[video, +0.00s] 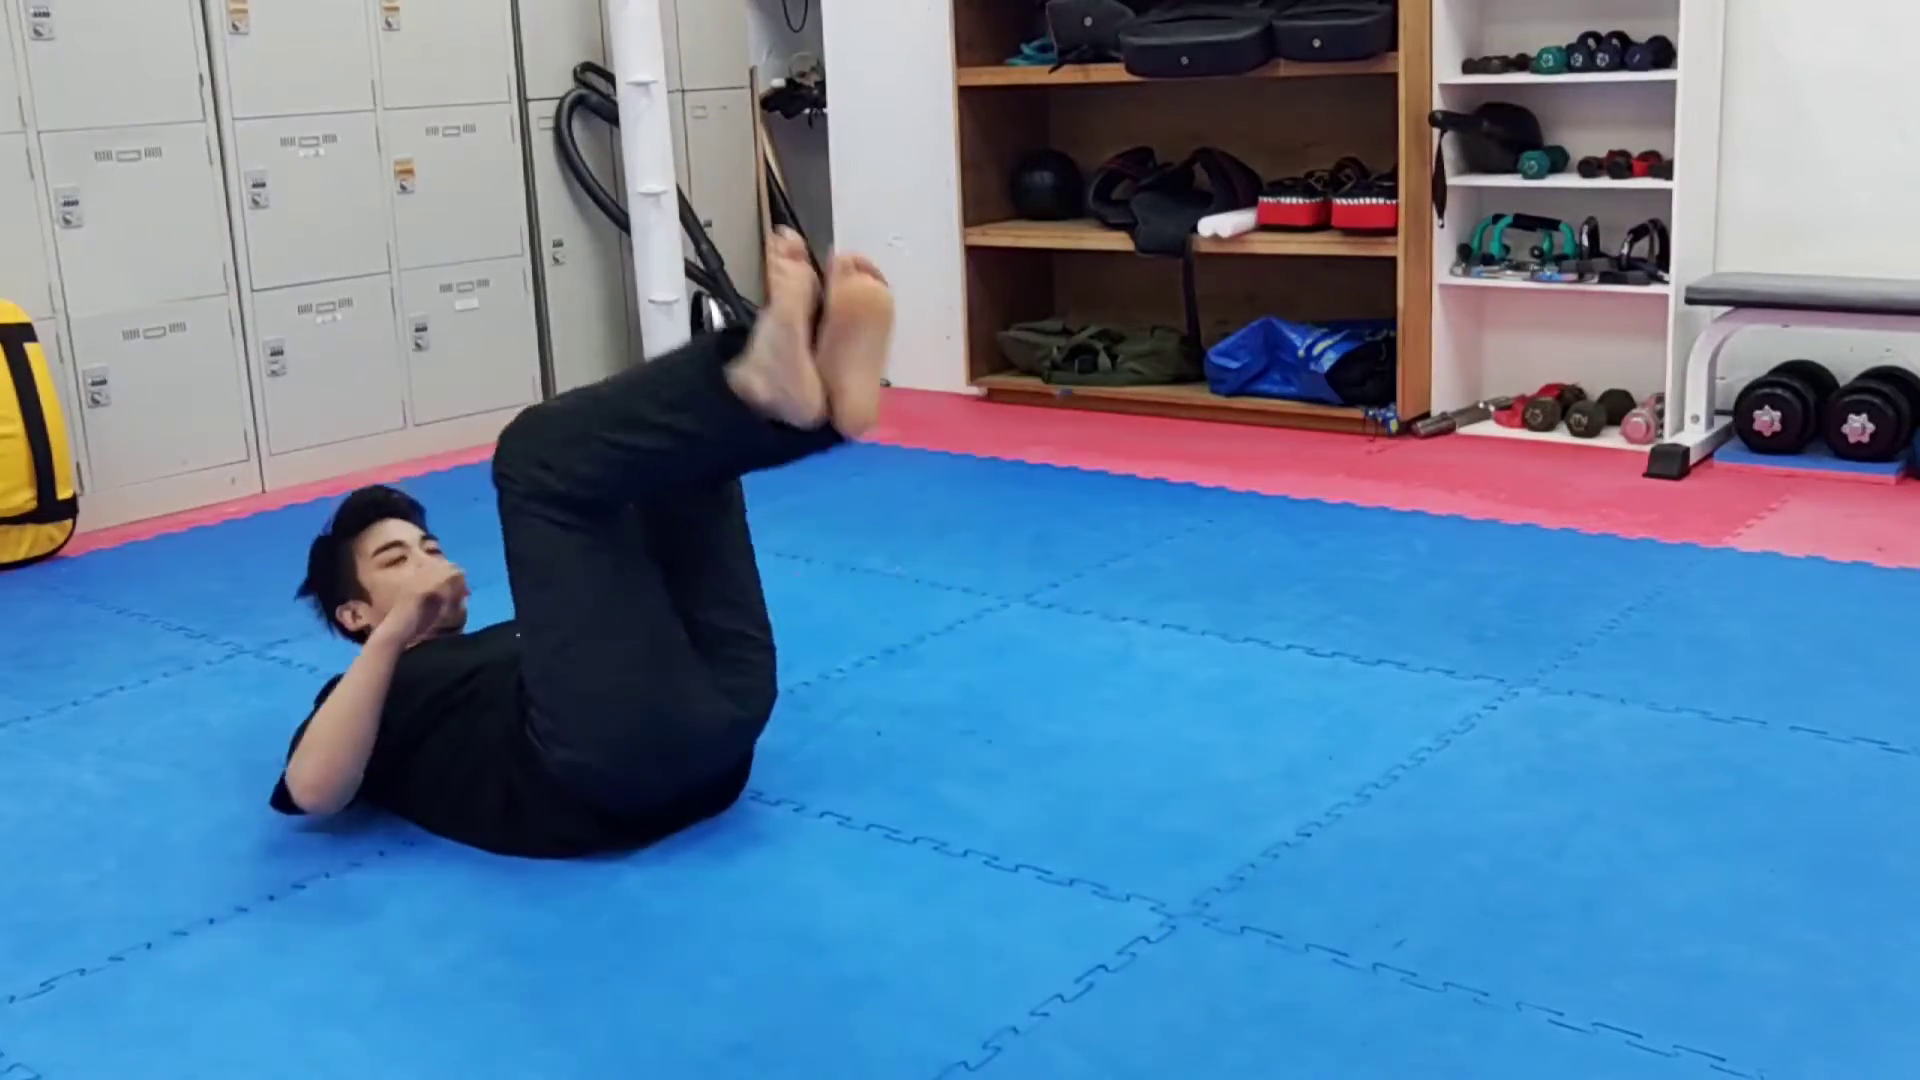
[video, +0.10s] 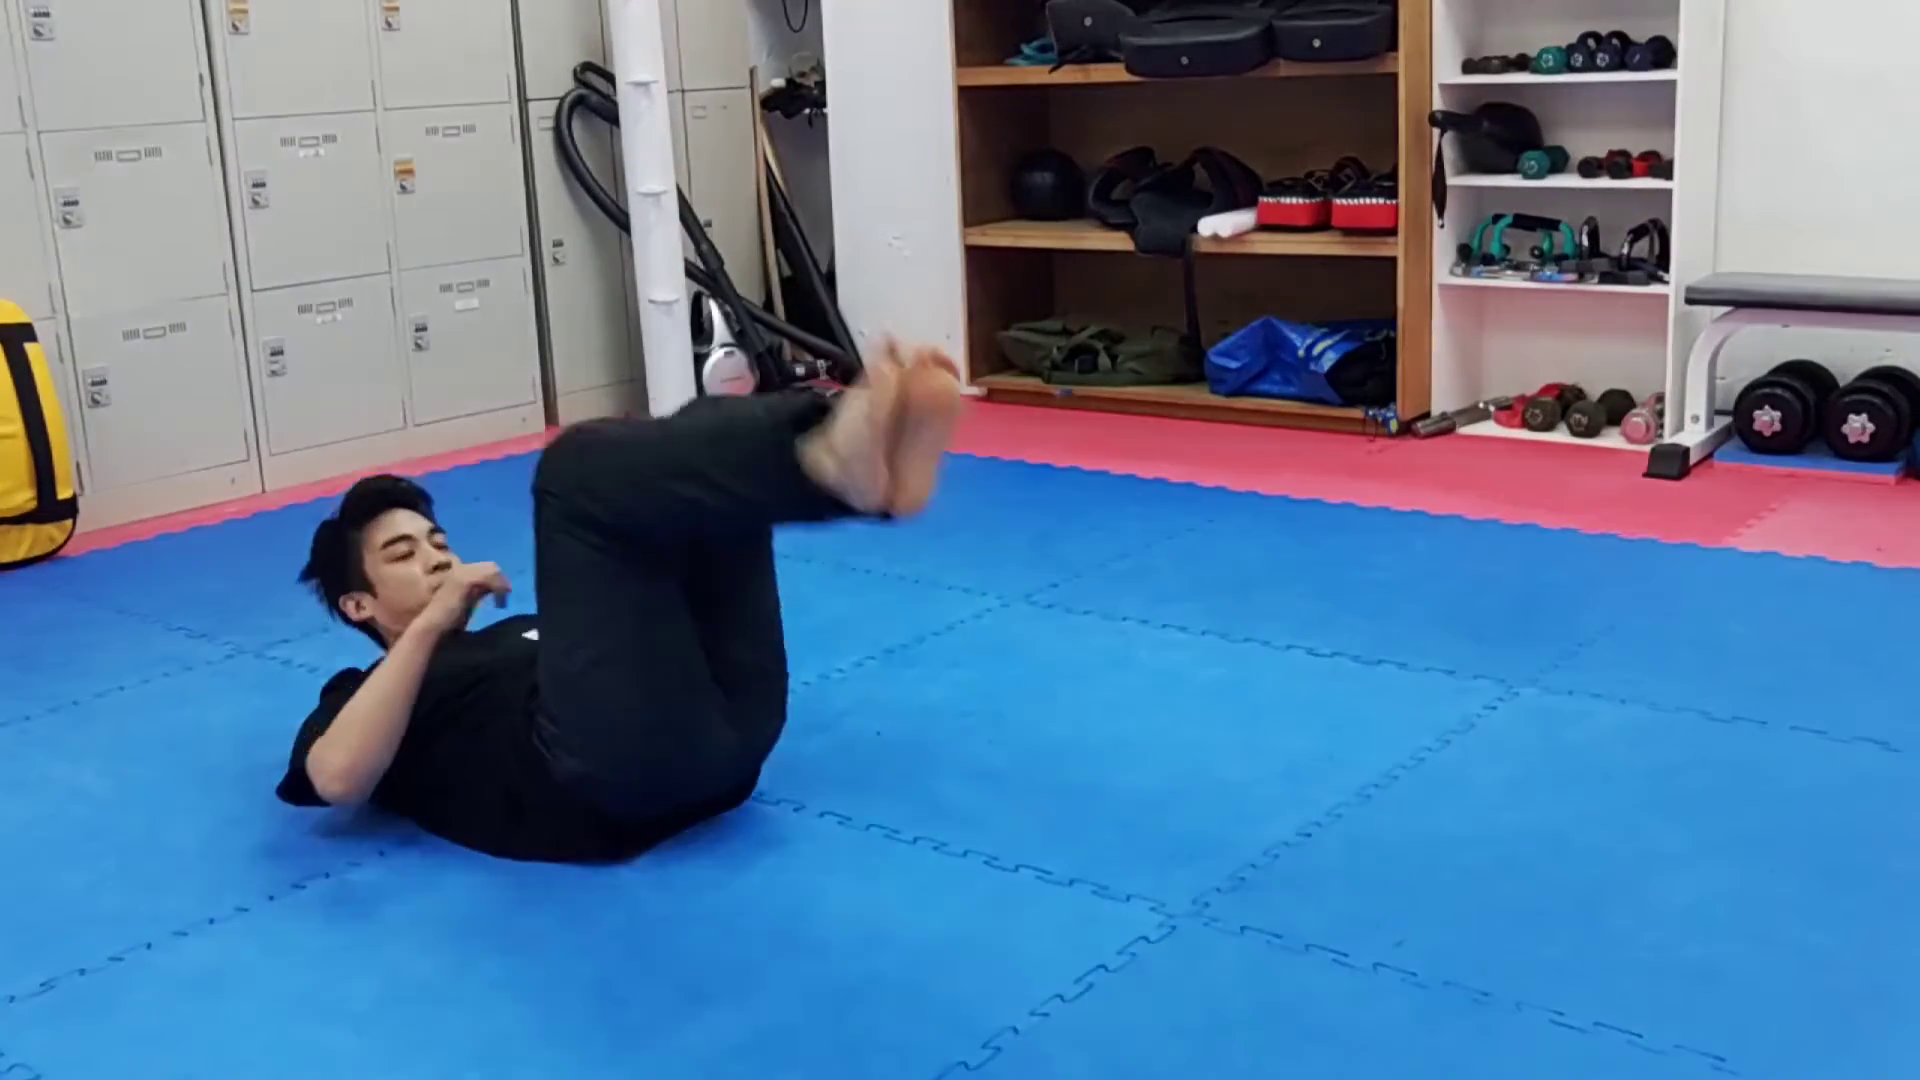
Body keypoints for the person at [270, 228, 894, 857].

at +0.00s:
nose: (429, 565)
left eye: (431, 549)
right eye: (392, 560)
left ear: (455, 571)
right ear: (355, 615)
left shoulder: (516, 641)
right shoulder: (362, 697)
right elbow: (310, 794)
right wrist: (388, 641)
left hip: (716, 733)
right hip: (613, 762)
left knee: (661, 446)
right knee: (534, 454)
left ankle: (819, 402)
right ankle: (751, 380)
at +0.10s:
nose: (432, 559)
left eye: (435, 542)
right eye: (398, 554)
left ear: (460, 556)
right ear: (360, 607)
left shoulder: (527, 631)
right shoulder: (359, 696)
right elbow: (336, 782)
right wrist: (431, 626)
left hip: (721, 743)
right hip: (608, 777)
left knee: (680, 449)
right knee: (574, 468)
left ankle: (860, 440)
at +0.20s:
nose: (452, 543)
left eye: (452, 524)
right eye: (417, 538)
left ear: (471, 535)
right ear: (371, 584)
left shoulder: (531, 606)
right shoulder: (364, 683)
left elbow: (624, 653)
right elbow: (365, 773)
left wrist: (607, 562)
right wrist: (464, 631)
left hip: (737, 745)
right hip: (623, 790)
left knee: (757, 458)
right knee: (625, 501)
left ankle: (928, 550)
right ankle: (896, 575)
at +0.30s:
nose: (478, 524)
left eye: (480, 501)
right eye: (445, 514)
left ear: (495, 502)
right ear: (390, 544)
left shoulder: (561, 597)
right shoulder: (380, 658)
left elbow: (678, 646)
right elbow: (397, 765)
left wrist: (652, 554)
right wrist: (510, 621)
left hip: (742, 764)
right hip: (625, 800)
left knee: (816, 505)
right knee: (690, 541)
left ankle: (1012, 672)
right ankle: (939, 695)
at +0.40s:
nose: (512, 494)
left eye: (516, 470)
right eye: (482, 482)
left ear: (528, 466)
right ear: (417, 504)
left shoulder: (577, 556)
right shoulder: (402, 618)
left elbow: (722, 615)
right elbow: (426, 746)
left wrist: (678, 547)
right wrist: (543, 599)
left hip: (748, 771)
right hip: (628, 809)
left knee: (851, 543)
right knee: (737, 573)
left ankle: (1039, 745)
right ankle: (959, 780)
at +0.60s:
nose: (586, 468)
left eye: (593, 441)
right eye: (557, 451)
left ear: (603, 426)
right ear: (481, 450)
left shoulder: (627, 503)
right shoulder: (441, 573)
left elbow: (764, 602)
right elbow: (476, 729)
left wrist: (741, 543)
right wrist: (589, 585)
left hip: (770, 758)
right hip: (649, 807)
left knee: (882, 550)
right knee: (752, 586)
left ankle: (1041, 780)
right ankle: (962, 823)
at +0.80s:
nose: (603, 460)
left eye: (612, 433)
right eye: (575, 442)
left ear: (622, 412)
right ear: (497, 438)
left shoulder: (644, 494)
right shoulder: (452, 561)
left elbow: (783, 602)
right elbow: (487, 725)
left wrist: (759, 535)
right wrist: (609, 589)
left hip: (772, 758)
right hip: (649, 806)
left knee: (898, 561)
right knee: (774, 602)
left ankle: (1047, 805)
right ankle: (961, 860)